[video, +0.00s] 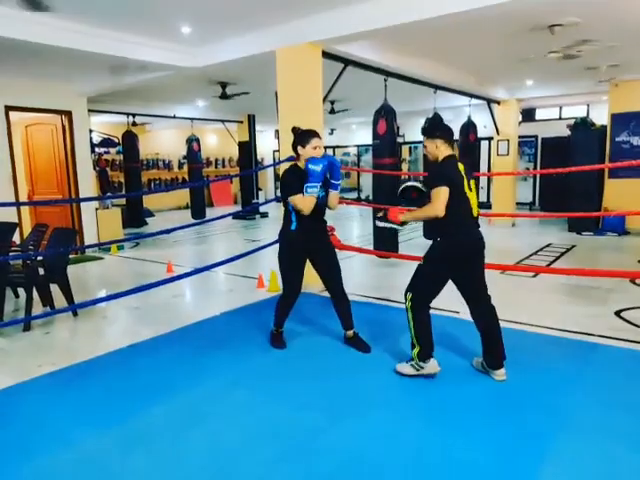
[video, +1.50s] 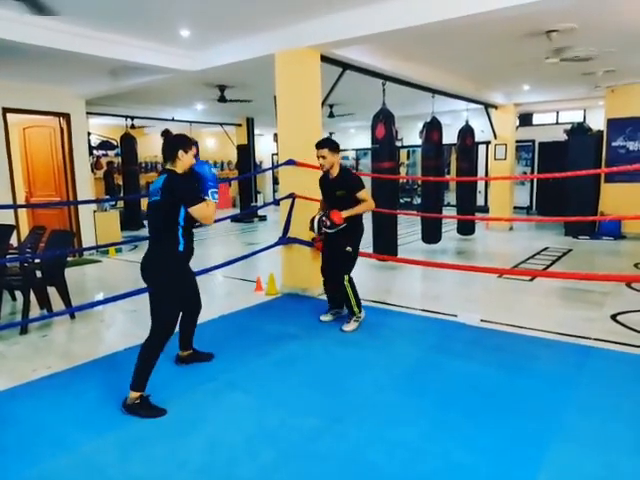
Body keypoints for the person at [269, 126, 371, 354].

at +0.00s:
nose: (320, 152)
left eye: (321, 148)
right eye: (315, 148)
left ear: (322, 149)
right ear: (300, 150)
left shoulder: (321, 171)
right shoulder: (290, 174)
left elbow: (332, 205)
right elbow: (305, 208)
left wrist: (334, 178)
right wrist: (314, 178)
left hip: (318, 236)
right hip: (293, 238)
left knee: (336, 287)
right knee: (292, 291)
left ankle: (350, 333)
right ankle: (277, 330)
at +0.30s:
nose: (310, 158)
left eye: (311, 154)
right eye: (305, 154)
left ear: (313, 155)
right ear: (291, 156)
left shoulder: (314, 177)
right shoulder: (283, 180)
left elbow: (329, 208)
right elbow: (299, 212)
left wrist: (328, 182)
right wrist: (304, 181)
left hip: (314, 240)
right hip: (289, 242)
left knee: (336, 284)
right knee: (289, 296)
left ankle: (341, 333)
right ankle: (267, 324)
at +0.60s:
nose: (290, 148)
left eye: (291, 143)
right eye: (286, 143)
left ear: (281, 144)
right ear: (272, 144)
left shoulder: (286, 167)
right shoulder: (263, 168)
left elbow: (301, 200)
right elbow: (281, 200)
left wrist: (303, 175)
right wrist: (289, 172)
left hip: (280, 236)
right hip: (257, 237)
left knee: (299, 278)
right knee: (272, 288)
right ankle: (262, 328)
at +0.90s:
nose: (261, 159)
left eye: (260, 155)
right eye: (257, 155)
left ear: (244, 157)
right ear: (245, 157)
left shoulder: (249, 181)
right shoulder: (237, 183)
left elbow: (256, 213)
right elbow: (260, 216)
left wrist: (267, 197)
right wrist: (267, 190)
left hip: (247, 249)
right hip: (230, 251)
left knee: (269, 287)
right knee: (230, 306)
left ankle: (269, 328)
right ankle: (190, 348)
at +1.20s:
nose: (227, 152)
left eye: (227, 147)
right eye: (225, 147)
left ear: (208, 149)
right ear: (213, 148)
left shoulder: (203, 171)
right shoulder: (206, 173)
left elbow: (225, 204)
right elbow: (228, 207)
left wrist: (232, 183)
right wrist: (235, 180)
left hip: (197, 243)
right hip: (193, 245)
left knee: (212, 297)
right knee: (208, 300)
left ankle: (191, 346)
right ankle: (173, 355)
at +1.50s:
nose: (194, 161)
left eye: (194, 156)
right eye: (192, 155)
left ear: (172, 155)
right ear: (181, 155)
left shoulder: (161, 181)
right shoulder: (180, 182)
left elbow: (195, 215)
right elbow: (207, 216)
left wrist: (202, 204)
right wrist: (207, 191)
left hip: (169, 261)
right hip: (166, 265)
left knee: (192, 306)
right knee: (163, 328)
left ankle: (185, 351)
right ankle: (135, 396)